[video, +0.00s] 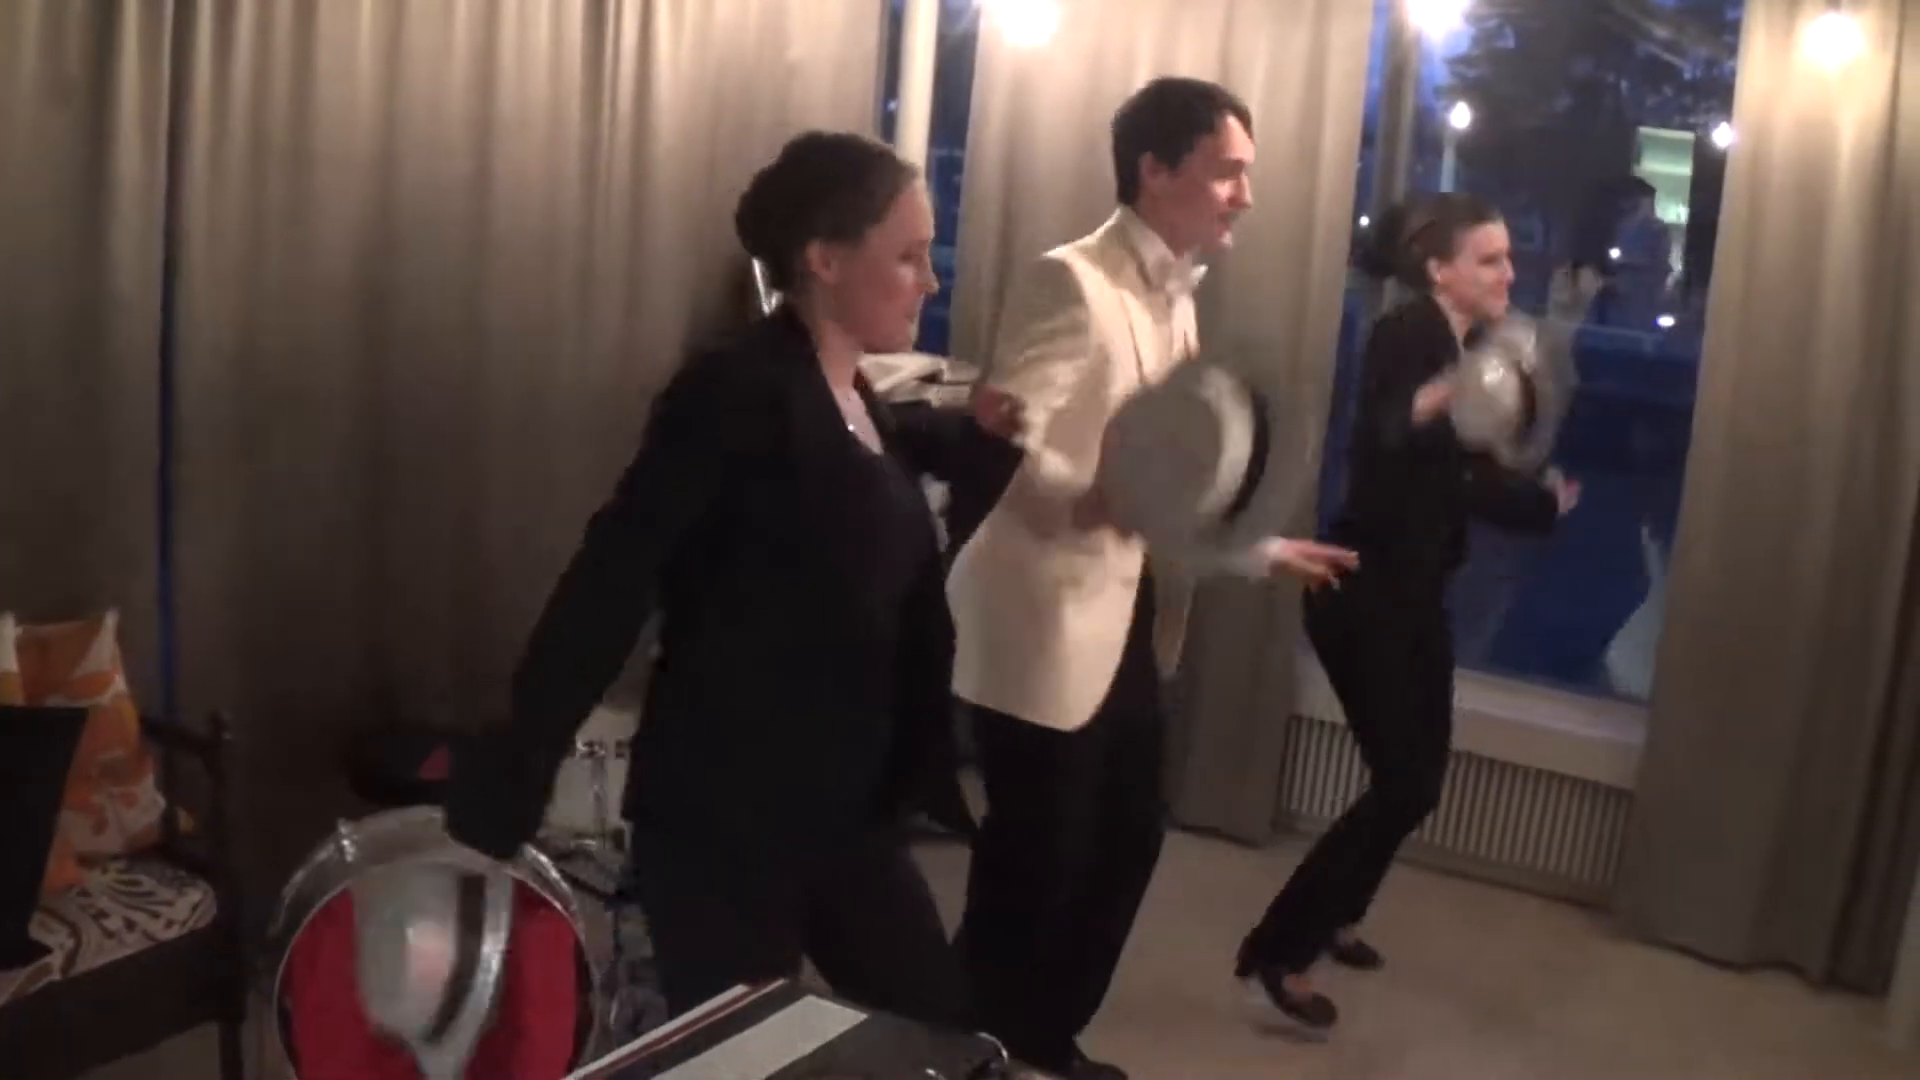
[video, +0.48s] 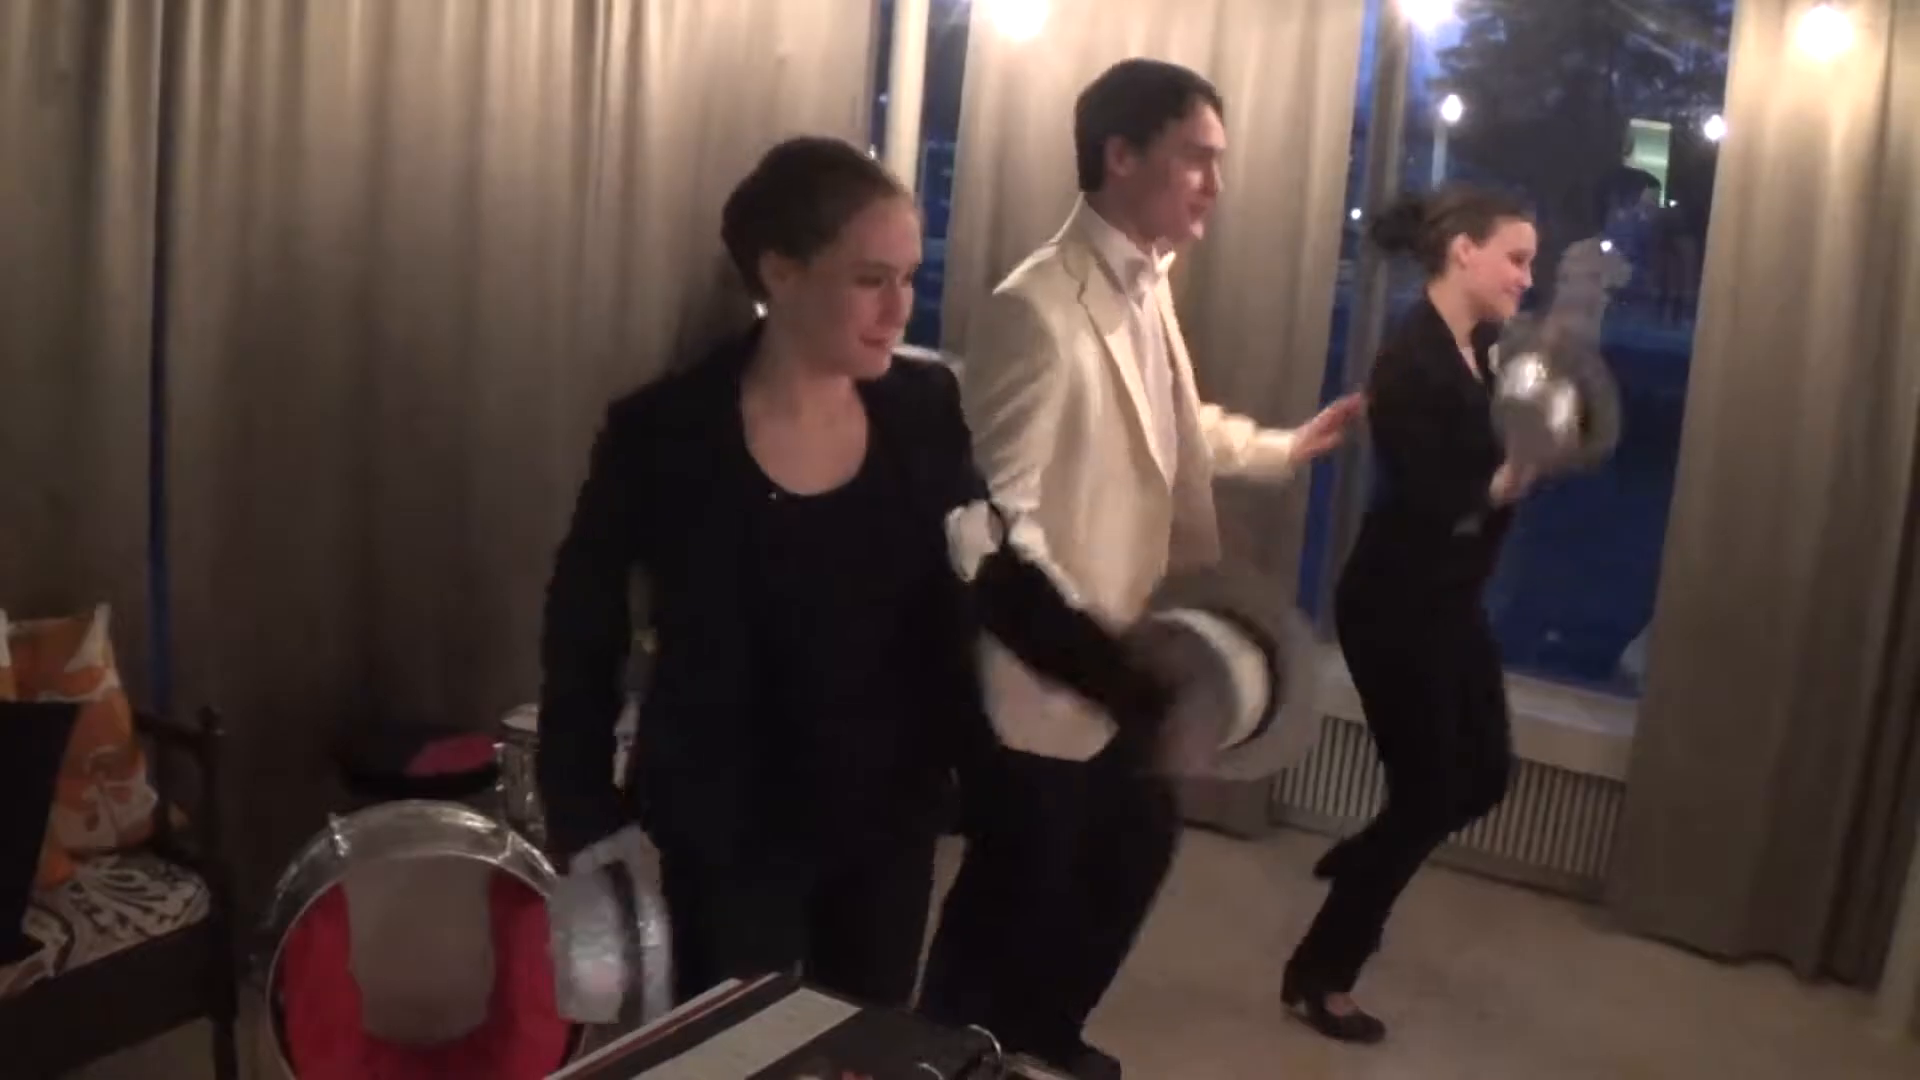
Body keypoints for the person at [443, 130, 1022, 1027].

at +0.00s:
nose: (929, 283)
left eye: (927, 259)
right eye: (909, 259)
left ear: (836, 263)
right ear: (822, 261)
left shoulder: (851, 397)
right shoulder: (729, 396)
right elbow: (605, 594)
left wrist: (972, 453)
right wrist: (506, 783)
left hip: (837, 812)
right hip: (724, 821)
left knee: (937, 1037)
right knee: (728, 1062)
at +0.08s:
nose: (922, 280)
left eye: (921, 254)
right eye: (898, 253)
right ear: (808, 258)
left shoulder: (893, 397)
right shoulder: (714, 411)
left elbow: (943, 563)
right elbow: (613, 632)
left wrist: (1015, 434)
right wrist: (536, 844)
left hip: (867, 810)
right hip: (735, 820)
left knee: (908, 1050)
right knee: (751, 1057)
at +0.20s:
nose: (902, 277)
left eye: (908, 250)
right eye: (875, 250)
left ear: (916, 250)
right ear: (781, 251)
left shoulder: (923, 381)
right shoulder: (680, 432)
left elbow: (1020, 516)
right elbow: (635, 658)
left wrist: (1088, 390)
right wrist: (601, 844)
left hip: (896, 801)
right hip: (751, 811)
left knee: (863, 1050)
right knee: (731, 1050)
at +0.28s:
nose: (889, 290)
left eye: (897, 261)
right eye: (861, 263)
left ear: (905, 259)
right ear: (766, 262)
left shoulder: (922, 386)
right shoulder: (670, 439)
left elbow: (1036, 522)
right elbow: (632, 652)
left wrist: (1137, 431)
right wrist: (615, 833)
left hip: (901, 805)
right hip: (753, 816)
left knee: (846, 1044)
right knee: (720, 1045)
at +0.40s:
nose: (888, 307)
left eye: (896, 276)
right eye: (857, 278)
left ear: (908, 272)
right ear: (764, 277)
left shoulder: (921, 401)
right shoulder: (659, 441)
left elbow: (1015, 550)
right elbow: (606, 646)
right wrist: (591, 820)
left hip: (897, 819)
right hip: (744, 825)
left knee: (852, 1051)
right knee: (722, 1054)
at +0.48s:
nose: (899, 308)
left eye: (908, 280)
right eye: (872, 281)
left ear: (917, 272)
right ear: (778, 276)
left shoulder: (920, 406)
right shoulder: (659, 433)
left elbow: (995, 572)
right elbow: (583, 629)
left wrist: (1123, 681)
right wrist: (584, 816)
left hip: (885, 811)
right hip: (727, 816)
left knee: (870, 1048)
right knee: (732, 1050)